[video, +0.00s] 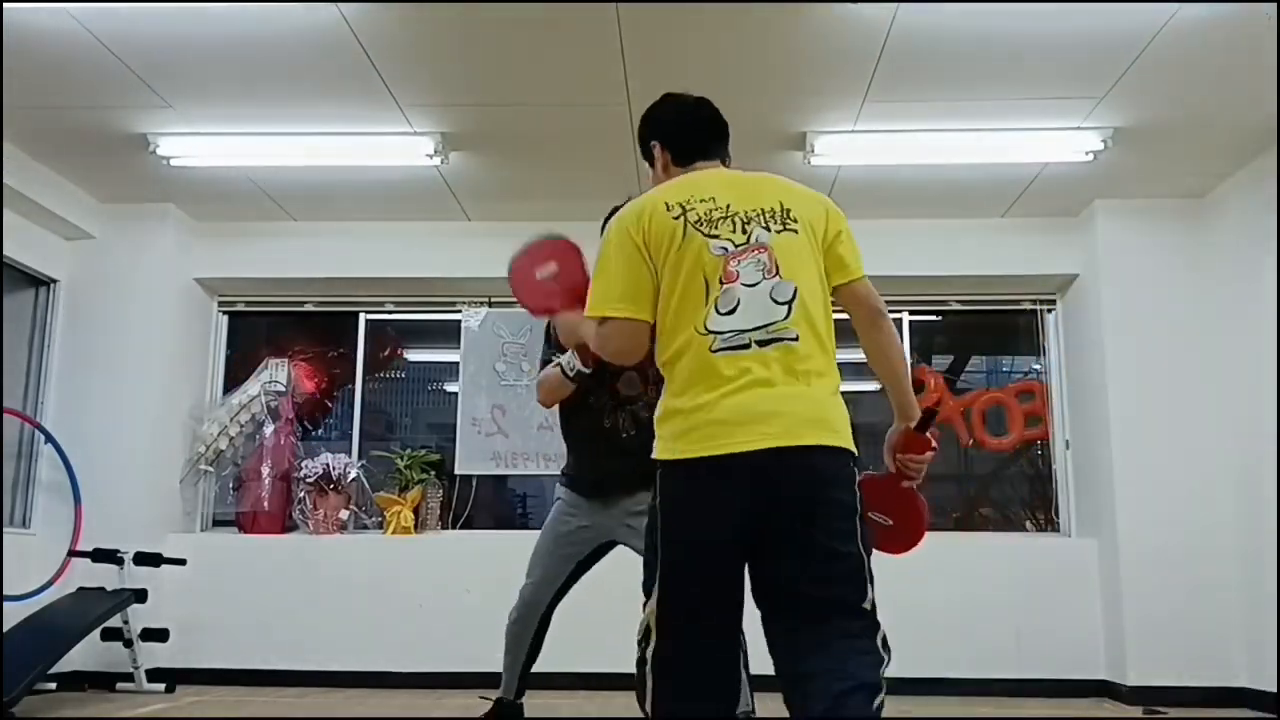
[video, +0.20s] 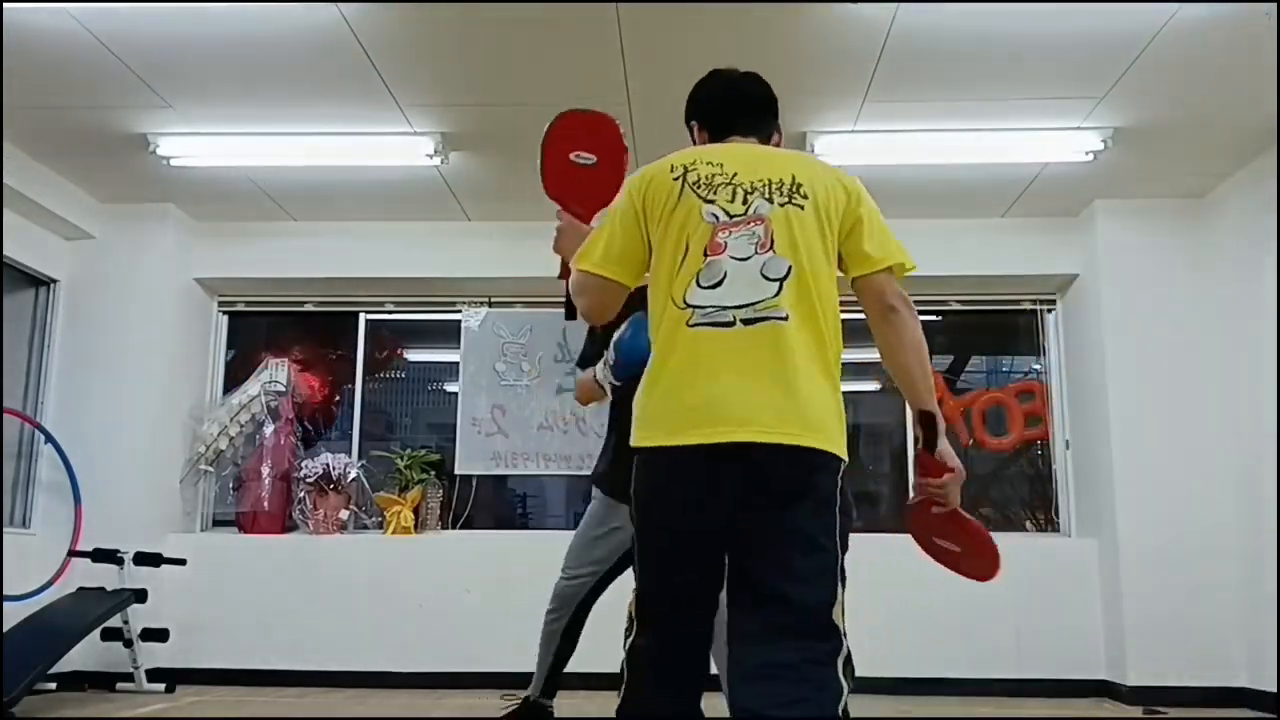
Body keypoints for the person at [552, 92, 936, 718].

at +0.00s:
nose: (650, 176)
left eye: (646, 163)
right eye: (647, 165)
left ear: (659, 157)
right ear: (727, 153)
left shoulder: (641, 218)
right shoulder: (810, 204)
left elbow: (624, 345)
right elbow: (869, 310)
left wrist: (582, 327)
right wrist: (907, 416)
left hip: (704, 464)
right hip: (816, 458)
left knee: (694, 649)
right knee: (833, 637)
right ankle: (847, 710)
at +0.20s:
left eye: (685, 133)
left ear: (695, 132)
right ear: (778, 136)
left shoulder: (656, 181)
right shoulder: (832, 184)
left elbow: (596, 306)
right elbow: (887, 302)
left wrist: (580, 253)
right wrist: (929, 424)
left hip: (676, 447)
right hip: (798, 445)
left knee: (670, 642)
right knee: (794, 643)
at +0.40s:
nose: (768, 114)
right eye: (770, 105)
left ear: (678, 105)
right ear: (763, 105)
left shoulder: (629, 155)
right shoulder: (805, 148)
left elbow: (549, 276)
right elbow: (851, 237)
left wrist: (555, 206)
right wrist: (911, 364)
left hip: (640, 425)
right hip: (762, 425)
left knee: (617, 610)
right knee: (774, 625)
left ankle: (571, 710)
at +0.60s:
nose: (723, 133)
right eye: (722, 126)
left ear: (632, 127)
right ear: (711, 125)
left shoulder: (574, 189)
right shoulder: (723, 158)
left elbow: (543, 308)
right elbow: (754, 226)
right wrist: (814, 339)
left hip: (563, 433)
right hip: (680, 427)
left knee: (541, 620)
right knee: (737, 626)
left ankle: (504, 710)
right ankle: (770, 708)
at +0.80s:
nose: (637, 146)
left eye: (636, 141)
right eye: (636, 139)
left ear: (550, 144)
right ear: (624, 136)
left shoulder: (498, 203)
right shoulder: (631, 162)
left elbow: (501, 317)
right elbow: (651, 231)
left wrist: (621, 342)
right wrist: (709, 351)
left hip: (473, 419)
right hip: (572, 412)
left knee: (501, 628)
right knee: (633, 624)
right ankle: (583, 707)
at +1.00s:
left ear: (445, 202)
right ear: (525, 188)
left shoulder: (407, 235)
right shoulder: (570, 207)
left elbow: (365, 322)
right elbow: (634, 256)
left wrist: (409, 403)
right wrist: (681, 377)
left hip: (407, 433)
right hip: (515, 423)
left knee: (474, 643)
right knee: (438, 645)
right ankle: (319, 711)